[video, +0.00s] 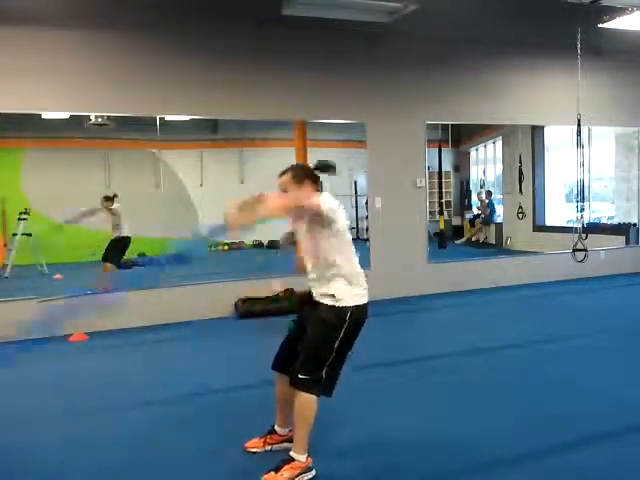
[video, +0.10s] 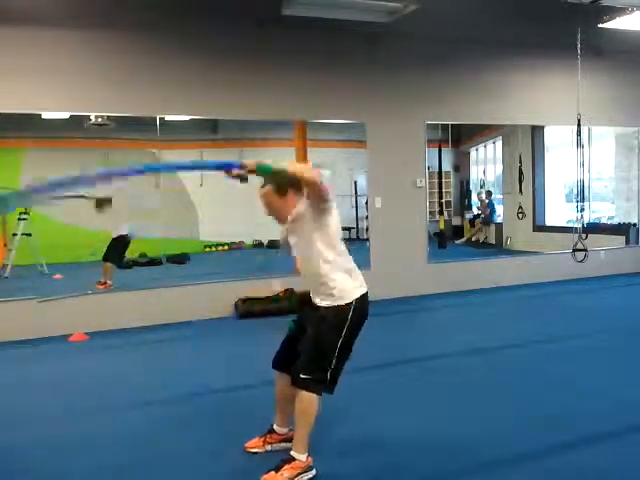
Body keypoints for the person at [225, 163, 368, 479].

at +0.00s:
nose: (284, 197)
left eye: (287, 191)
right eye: (282, 192)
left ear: (306, 186)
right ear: (299, 187)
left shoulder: (328, 205)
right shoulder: (301, 213)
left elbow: (295, 204)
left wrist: (255, 208)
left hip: (344, 303)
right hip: (320, 300)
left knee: (305, 379)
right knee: (284, 367)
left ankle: (300, 460)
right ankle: (283, 431)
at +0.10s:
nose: (267, 212)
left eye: (268, 204)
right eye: (264, 206)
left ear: (287, 196)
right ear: (283, 197)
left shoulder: (317, 212)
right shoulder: (294, 225)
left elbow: (314, 184)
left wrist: (259, 168)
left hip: (345, 301)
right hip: (320, 300)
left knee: (306, 379)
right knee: (284, 367)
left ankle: (301, 459)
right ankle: (282, 430)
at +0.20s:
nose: (242, 240)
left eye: (242, 232)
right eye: (239, 235)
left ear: (255, 222)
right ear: (255, 223)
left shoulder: (289, 239)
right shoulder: (279, 241)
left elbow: (315, 261)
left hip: (345, 307)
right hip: (318, 306)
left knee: (305, 380)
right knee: (283, 368)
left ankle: (298, 457)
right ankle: (279, 430)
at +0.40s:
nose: (225, 277)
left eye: (228, 270)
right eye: (224, 271)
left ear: (251, 266)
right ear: (249, 267)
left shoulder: (282, 287)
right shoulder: (266, 280)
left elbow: (318, 336)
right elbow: (274, 319)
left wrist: (312, 389)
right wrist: (270, 352)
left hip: (345, 312)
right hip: (315, 311)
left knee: (299, 383)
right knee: (281, 372)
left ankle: (298, 459)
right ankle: (281, 435)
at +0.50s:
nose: (234, 239)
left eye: (237, 232)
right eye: (233, 233)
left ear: (257, 231)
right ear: (256, 232)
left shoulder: (284, 258)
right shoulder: (269, 254)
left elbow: (310, 312)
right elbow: (272, 292)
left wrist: (287, 357)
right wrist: (261, 322)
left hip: (342, 307)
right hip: (315, 304)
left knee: (301, 380)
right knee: (283, 368)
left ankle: (298, 460)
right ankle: (281, 433)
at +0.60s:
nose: (249, 201)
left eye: (254, 194)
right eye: (249, 195)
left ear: (274, 195)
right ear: (271, 196)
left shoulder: (296, 227)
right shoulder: (274, 226)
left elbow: (311, 285)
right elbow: (274, 268)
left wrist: (277, 317)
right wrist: (251, 292)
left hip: (333, 302)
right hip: (305, 298)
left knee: (301, 382)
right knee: (281, 371)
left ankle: (298, 460)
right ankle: (280, 432)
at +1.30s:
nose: (289, 165)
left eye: (296, 159)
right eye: (290, 159)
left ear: (316, 166)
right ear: (303, 165)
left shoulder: (326, 200)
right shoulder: (295, 198)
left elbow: (323, 255)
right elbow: (287, 246)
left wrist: (292, 291)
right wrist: (269, 280)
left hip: (318, 298)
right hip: (291, 296)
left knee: (310, 376)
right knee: (281, 370)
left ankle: (313, 453)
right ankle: (280, 432)